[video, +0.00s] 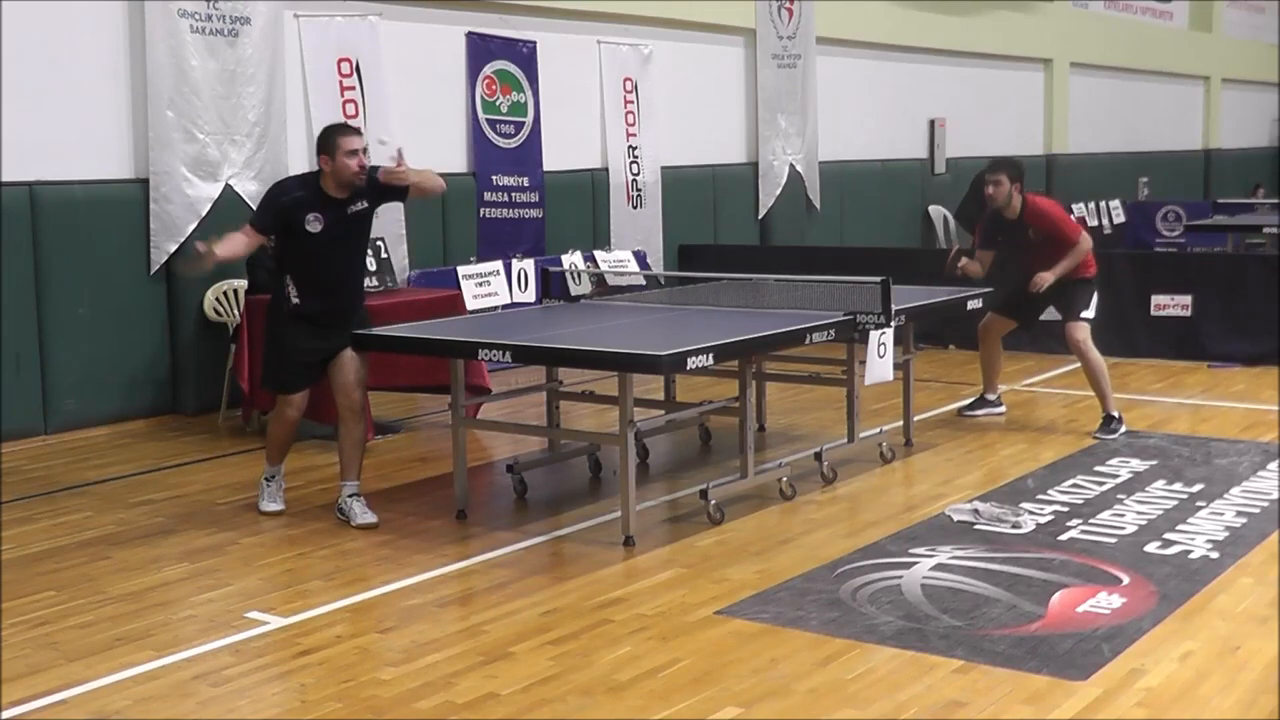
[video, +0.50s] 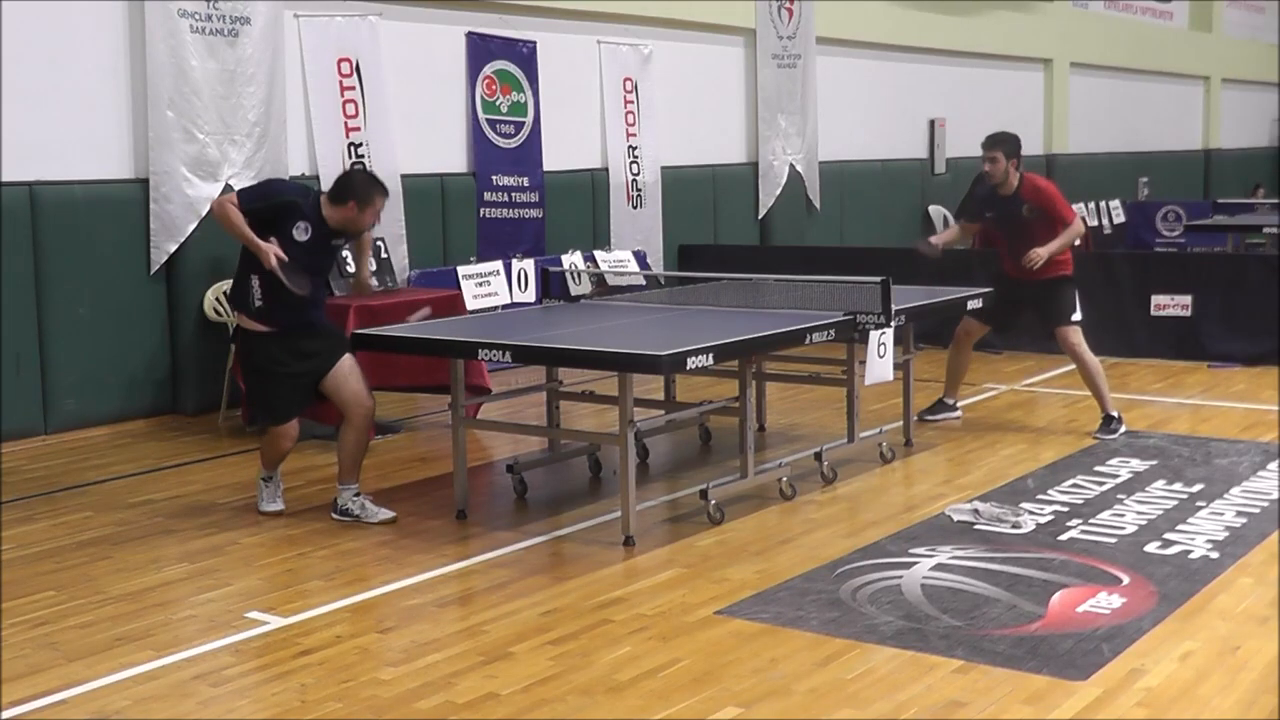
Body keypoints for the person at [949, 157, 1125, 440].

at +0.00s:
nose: (989, 191)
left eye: (996, 184)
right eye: (986, 185)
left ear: (1016, 187)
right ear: (985, 187)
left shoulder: (1043, 210)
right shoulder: (991, 220)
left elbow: (1085, 243)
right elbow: (980, 268)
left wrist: (1053, 274)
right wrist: (965, 264)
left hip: (1075, 278)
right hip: (1034, 281)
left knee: (1078, 339)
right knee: (988, 329)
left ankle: (1112, 416)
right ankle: (990, 397)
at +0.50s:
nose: (986, 167)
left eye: (993, 161)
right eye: (984, 161)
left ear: (1014, 162)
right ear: (984, 161)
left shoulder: (1041, 189)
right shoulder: (984, 192)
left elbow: (1077, 227)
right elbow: (965, 229)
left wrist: (1047, 250)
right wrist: (939, 239)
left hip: (1054, 281)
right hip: (1011, 281)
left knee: (1072, 341)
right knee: (964, 334)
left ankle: (1111, 415)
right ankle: (949, 401)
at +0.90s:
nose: (951, 198)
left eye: (957, 191)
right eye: (949, 191)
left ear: (978, 190)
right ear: (947, 191)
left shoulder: (1007, 211)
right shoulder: (948, 217)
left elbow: (1045, 252)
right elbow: (908, 239)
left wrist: (1011, 276)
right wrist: (887, 260)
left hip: (1021, 296)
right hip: (974, 297)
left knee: (1054, 342)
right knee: (927, 339)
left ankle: (1075, 412)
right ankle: (898, 404)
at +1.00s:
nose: (938, 207)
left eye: (944, 201)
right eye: (936, 201)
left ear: (964, 199)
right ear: (935, 200)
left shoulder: (992, 220)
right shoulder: (934, 229)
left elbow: (1030, 259)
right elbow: (892, 251)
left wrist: (1002, 290)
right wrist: (885, 266)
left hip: (1008, 300)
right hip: (961, 301)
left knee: (1043, 340)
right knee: (914, 335)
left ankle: (1072, 411)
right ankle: (896, 404)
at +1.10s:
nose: (934, 206)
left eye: (940, 199)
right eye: (931, 200)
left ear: (959, 199)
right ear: (930, 202)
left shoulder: (987, 221)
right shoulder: (931, 231)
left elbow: (1025, 258)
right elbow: (890, 261)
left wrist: (1003, 293)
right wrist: (879, 253)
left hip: (1003, 300)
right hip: (958, 303)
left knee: (1042, 342)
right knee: (911, 335)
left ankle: (1073, 411)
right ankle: (895, 404)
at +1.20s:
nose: (931, 186)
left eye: (937, 179)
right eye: (927, 180)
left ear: (954, 176)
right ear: (925, 181)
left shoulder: (982, 195)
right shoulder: (928, 208)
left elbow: (1022, 229)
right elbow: (896, 227)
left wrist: (1019, 271)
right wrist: (857, 233)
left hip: (1003, 286)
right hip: (959, 292)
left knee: (1043, 336)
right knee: (916, 332)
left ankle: (1073, 410)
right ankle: (896, 403)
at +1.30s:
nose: (937, 165)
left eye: (943, 157)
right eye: (933, 158)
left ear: (960, 155)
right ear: (929, 158)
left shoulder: (989, 175)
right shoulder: (933, 190)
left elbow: (1034, 205)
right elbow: (903, 221)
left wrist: (1039, 244)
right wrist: (871, 228)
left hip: (1012, 269)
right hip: (968, 272)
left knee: (1042, 330)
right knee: (925, 331)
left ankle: (1075, 406)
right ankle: (899, 401)